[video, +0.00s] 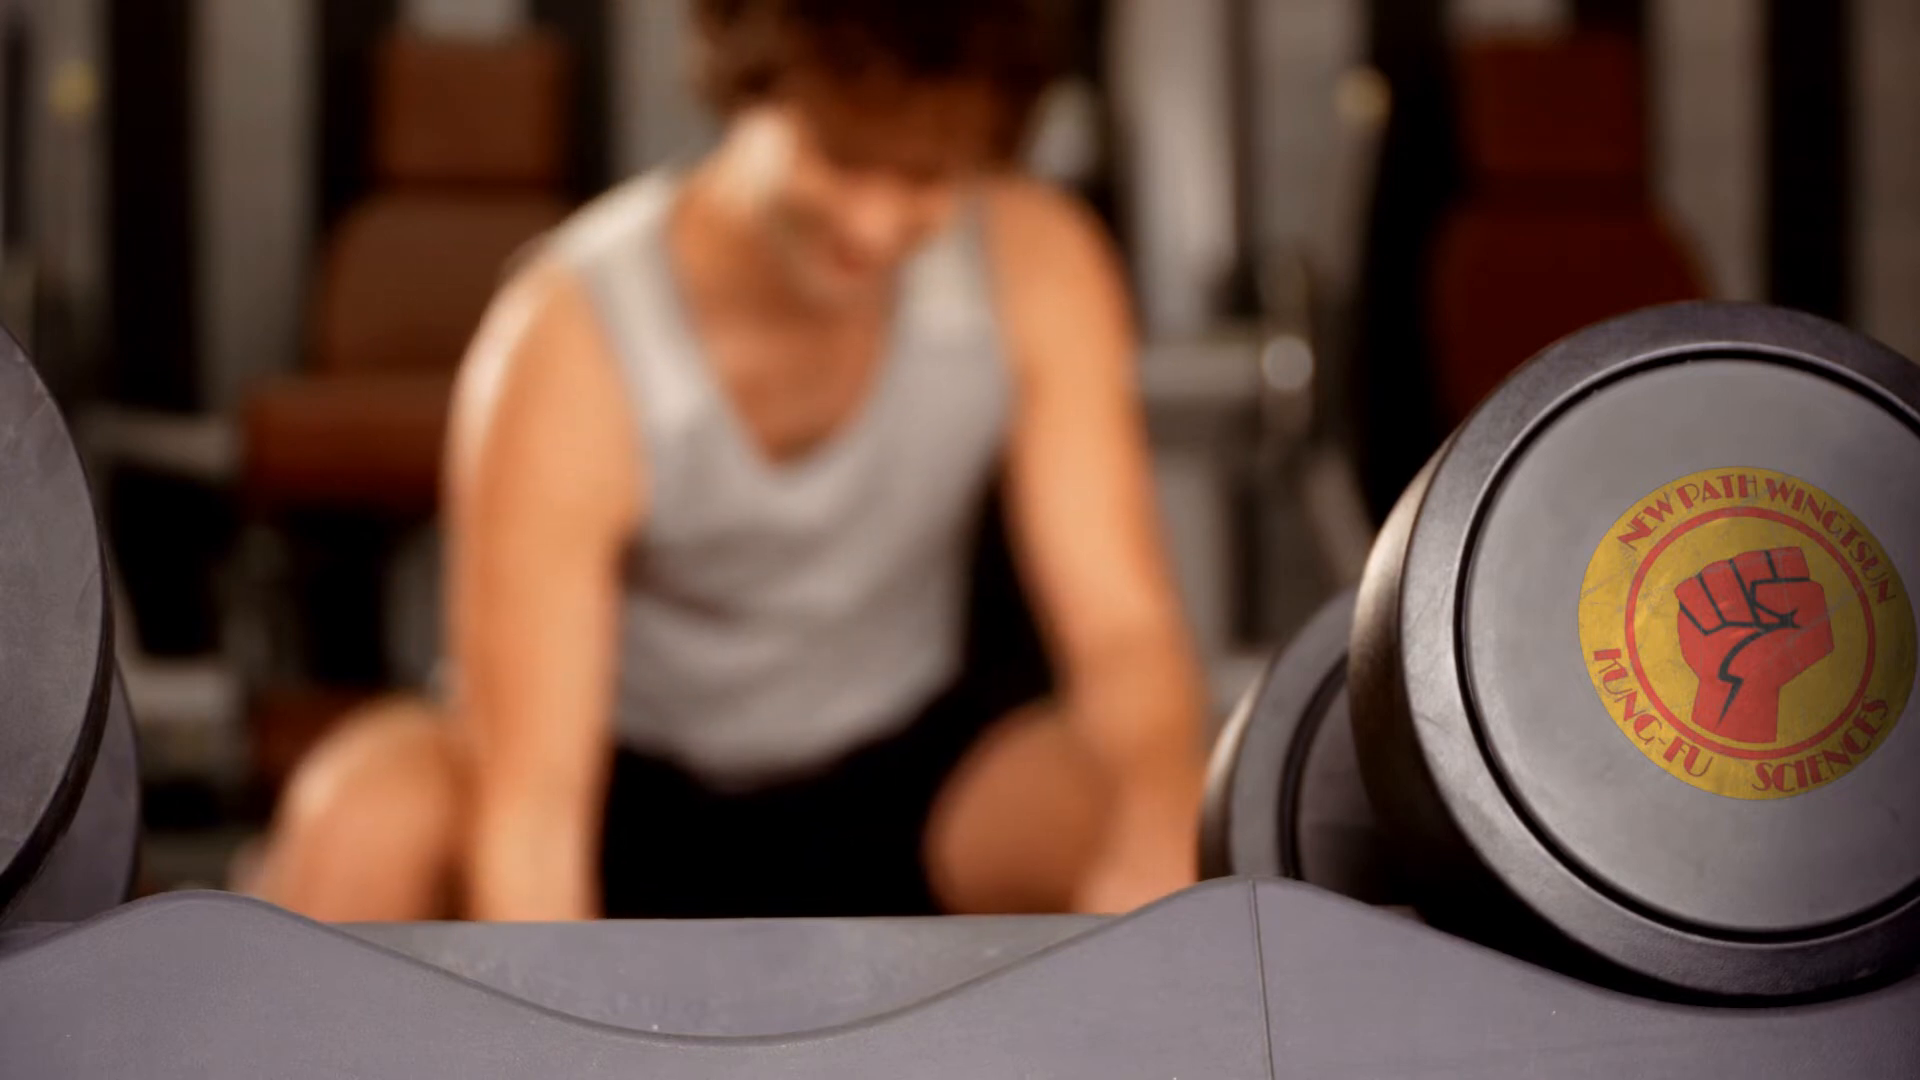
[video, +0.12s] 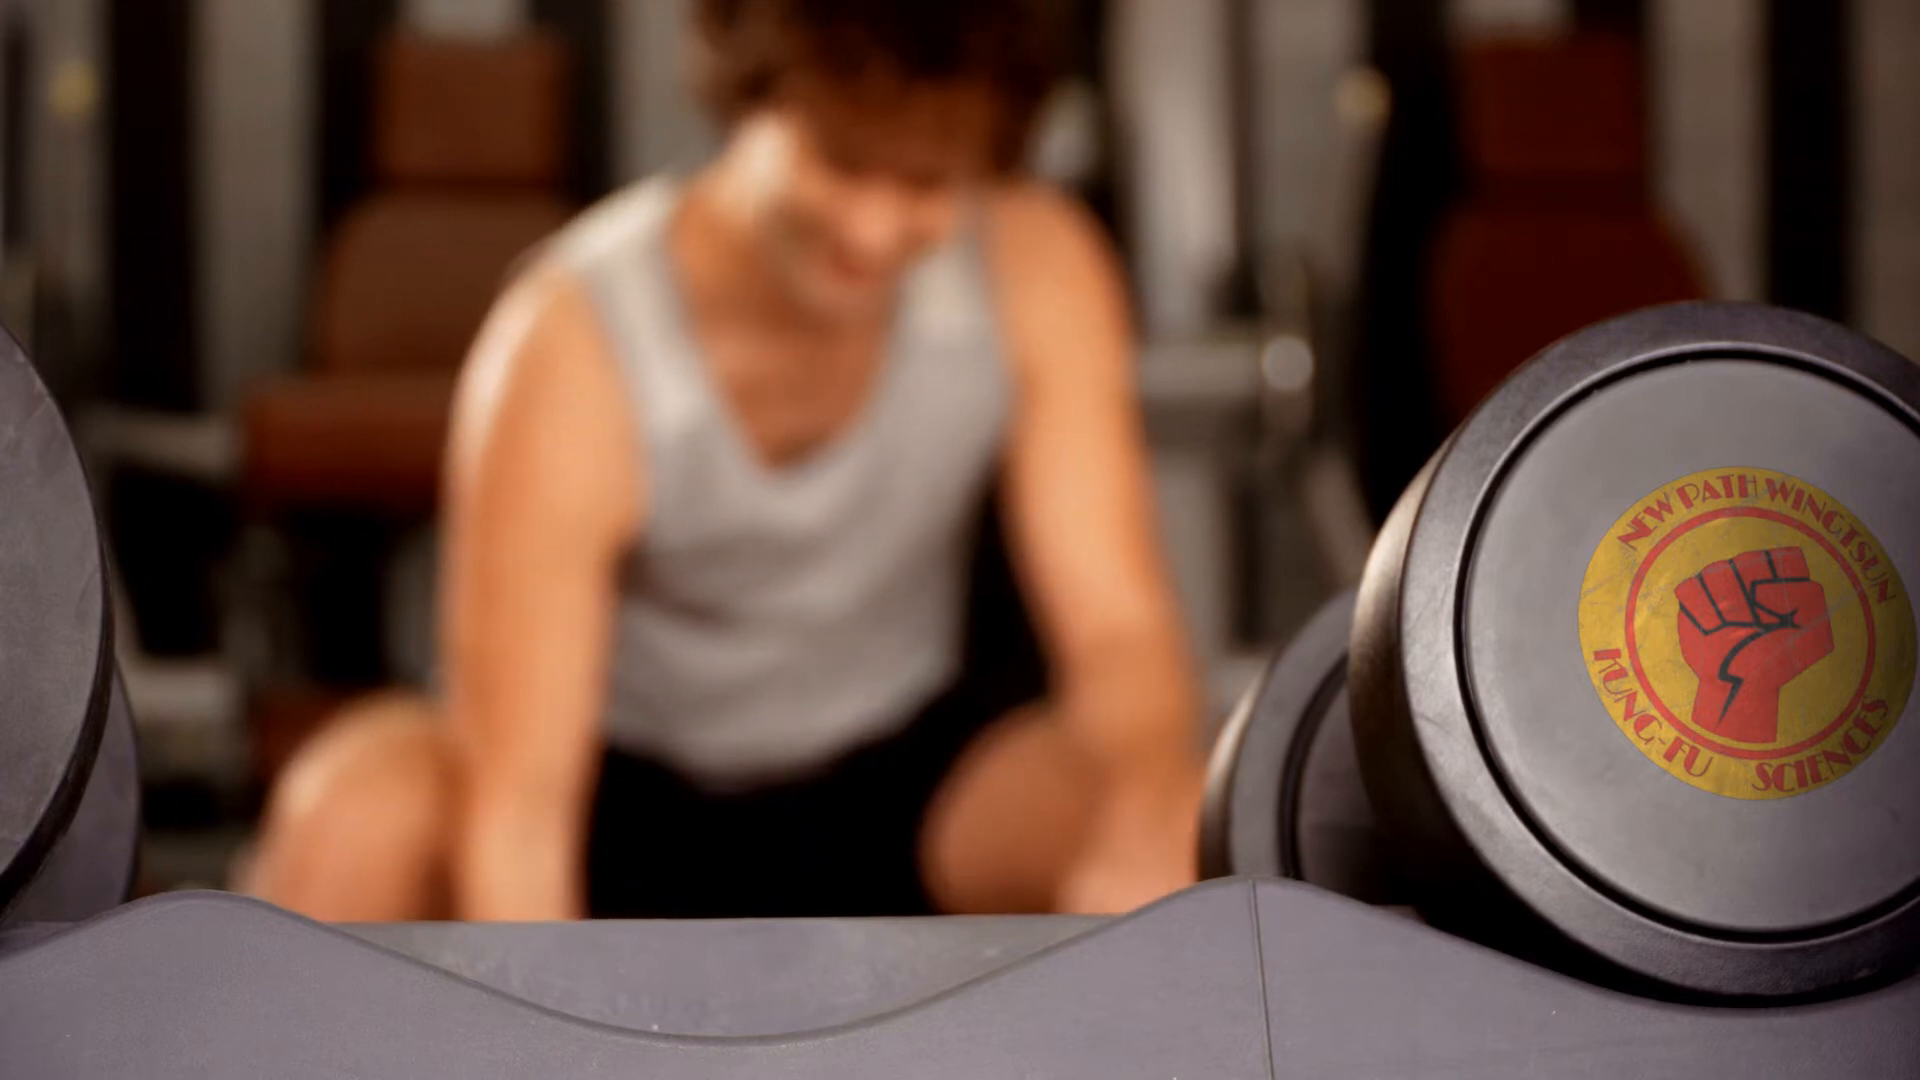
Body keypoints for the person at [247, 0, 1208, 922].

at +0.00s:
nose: (877, 225)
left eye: (928, 179)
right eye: (840, 163)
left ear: (989, 150)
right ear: (747, 89)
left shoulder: (1033, 258)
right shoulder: (565, 344)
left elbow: (1123, 643)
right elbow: (532, 801)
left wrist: (1147, 867)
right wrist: (554, 1064)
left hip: (895, 784)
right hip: (619, 797)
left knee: (1163, 805)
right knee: (363, 804)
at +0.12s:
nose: (875, 230)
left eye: (927, 185)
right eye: (839, 166)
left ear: (992, 160)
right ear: (750, 98)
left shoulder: (1033, 261)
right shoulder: (568, 345)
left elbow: (1118, 642)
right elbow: (522, 799)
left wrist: (1137, 849)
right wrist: (539, 1063)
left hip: (891, 786)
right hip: (616, 798)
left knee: (1158, 805)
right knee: (353, 801)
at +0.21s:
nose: (880, 257)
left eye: (933, 210)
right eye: (846, 189)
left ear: (999, 188)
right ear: (758, 131)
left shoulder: (1036, 268)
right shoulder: (571, 358)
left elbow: (1113, 650)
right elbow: (515, 807)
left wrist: (1112, 860)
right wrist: (527, 1065)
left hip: (888, 788)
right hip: (612, 800)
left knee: (1145, 812)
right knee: (349, 798)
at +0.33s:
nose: (894, 328)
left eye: (948, 281)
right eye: (857, 262)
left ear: (1015, 266)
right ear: (772, 205)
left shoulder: (1046, 286)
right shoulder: (583, 397)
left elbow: (1101, 661)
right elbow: (508, 830)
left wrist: (1005, 814)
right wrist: (518, 1076)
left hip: (893, 783)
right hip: (613, 796)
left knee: (1138, 829)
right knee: (344, 803)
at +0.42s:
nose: (909, 359)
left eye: (962, 313)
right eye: (870, 293)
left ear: (1025, 293)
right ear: (778, 242)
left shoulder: (1063, 301)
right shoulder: (600, 415)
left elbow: (1105, 655)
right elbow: (508, 838)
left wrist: (963, 821)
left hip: (891, 774)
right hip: (609, 785)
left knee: (1129, 836)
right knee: (338, 810)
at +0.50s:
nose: (916, 354)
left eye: (969, 308)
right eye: (877, 289)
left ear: (1040, 291)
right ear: (788, 239)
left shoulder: (1079, 298)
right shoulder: (612, 398)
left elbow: (1112, 652)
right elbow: (511, 826)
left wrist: (947, 833)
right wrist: (545, 1071)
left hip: (886, 744)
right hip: (594, 746)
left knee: (1127, 847)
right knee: (337, 817)